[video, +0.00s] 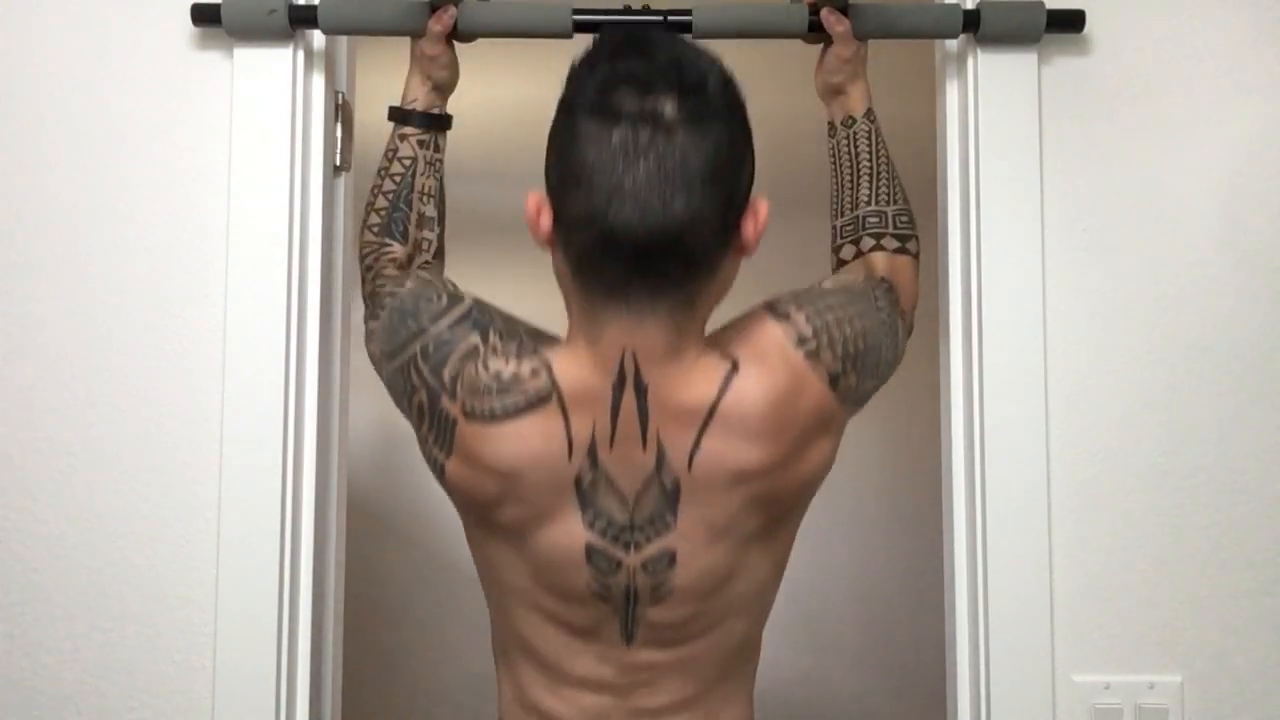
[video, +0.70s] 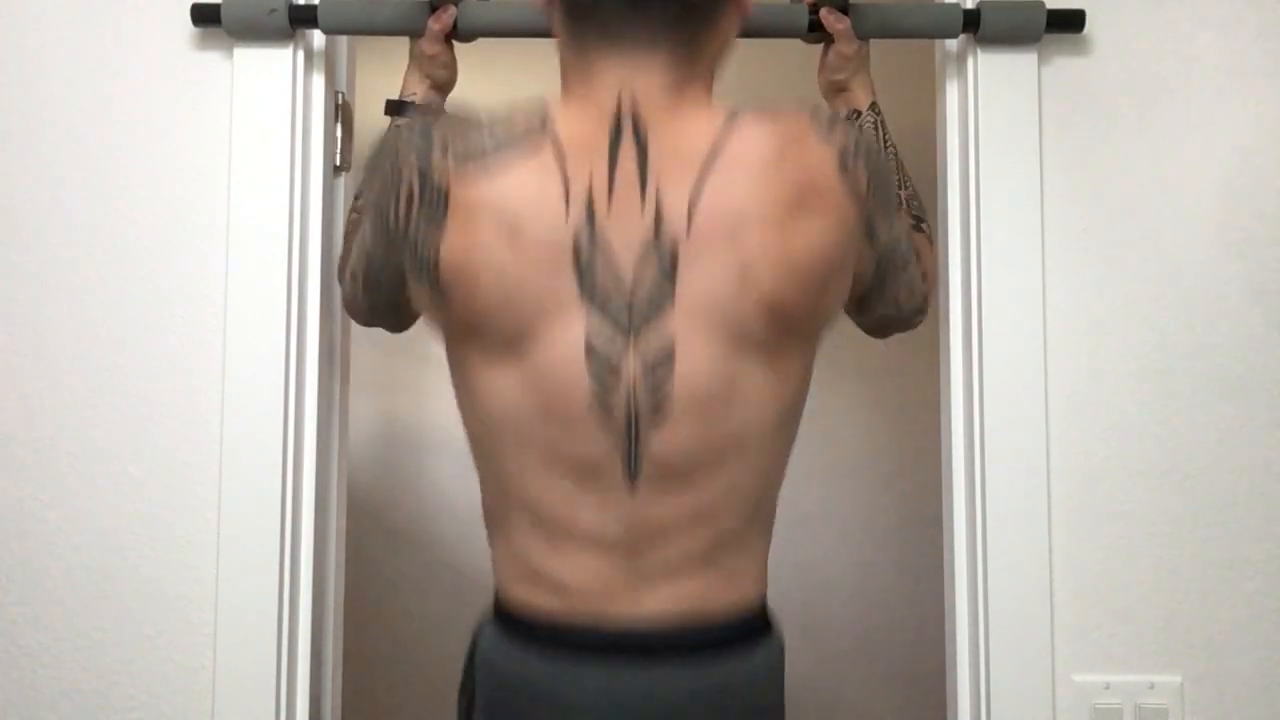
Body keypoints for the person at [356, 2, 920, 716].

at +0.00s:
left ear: (541, 223)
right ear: (750, 231)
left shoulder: (483, 402)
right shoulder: (787, 391)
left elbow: (393, 263)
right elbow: (886, 264)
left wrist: (424, 93)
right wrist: (849, 97)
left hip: (533, 712)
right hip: (718, 713)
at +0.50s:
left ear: (531, 183)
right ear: (746, 186)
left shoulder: (474, 365)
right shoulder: (793, 346)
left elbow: (386, 255)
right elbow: (889, 261)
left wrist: (425, 95)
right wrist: (849, 98)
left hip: (531, 708)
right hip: (718, 709)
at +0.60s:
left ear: (533, 77)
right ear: (748, 85)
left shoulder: (459, 276)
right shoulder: (799, 264)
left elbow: (371, 272)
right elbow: (903, 284)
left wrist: (423, 92)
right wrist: (852, 98)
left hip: (527, 700)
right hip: (724, 699)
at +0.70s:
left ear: (552, 14)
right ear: (734, 16)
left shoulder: (461, 185)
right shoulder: (809, 171)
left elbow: (373, 297)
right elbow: (901, 299)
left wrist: (419, 97)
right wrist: (855, 102)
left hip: (530, 673)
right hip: (726, 675)